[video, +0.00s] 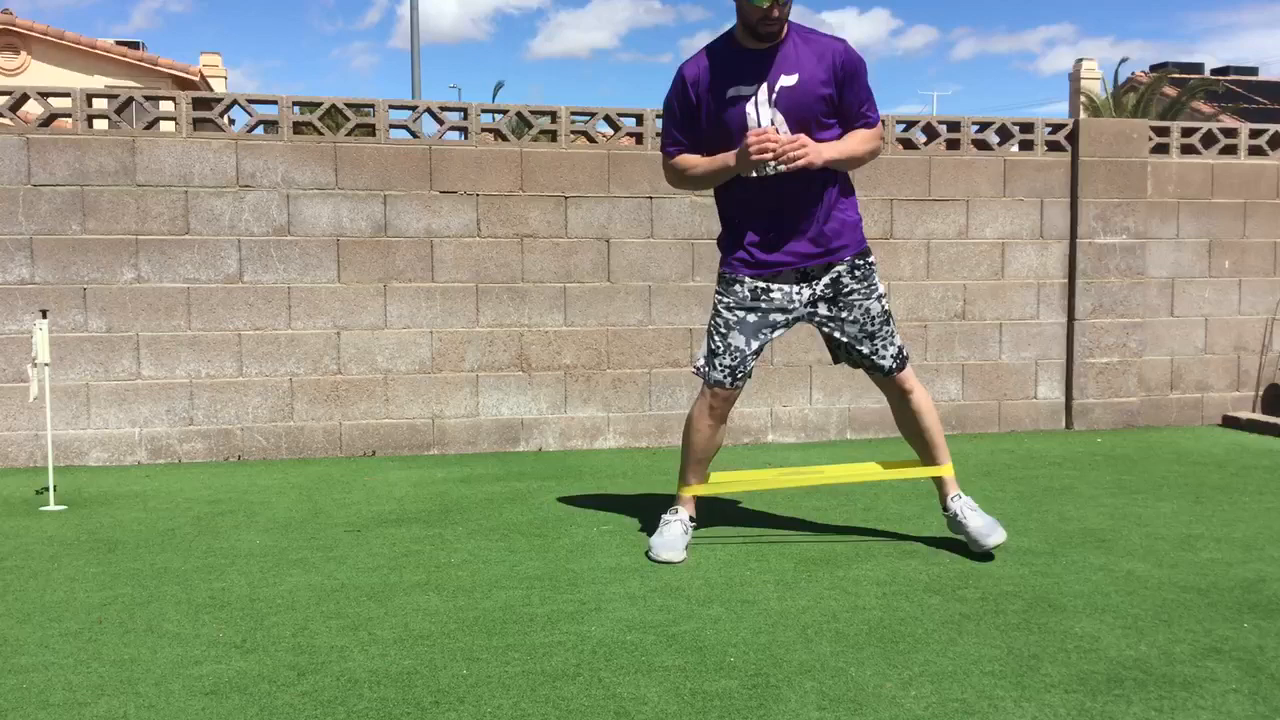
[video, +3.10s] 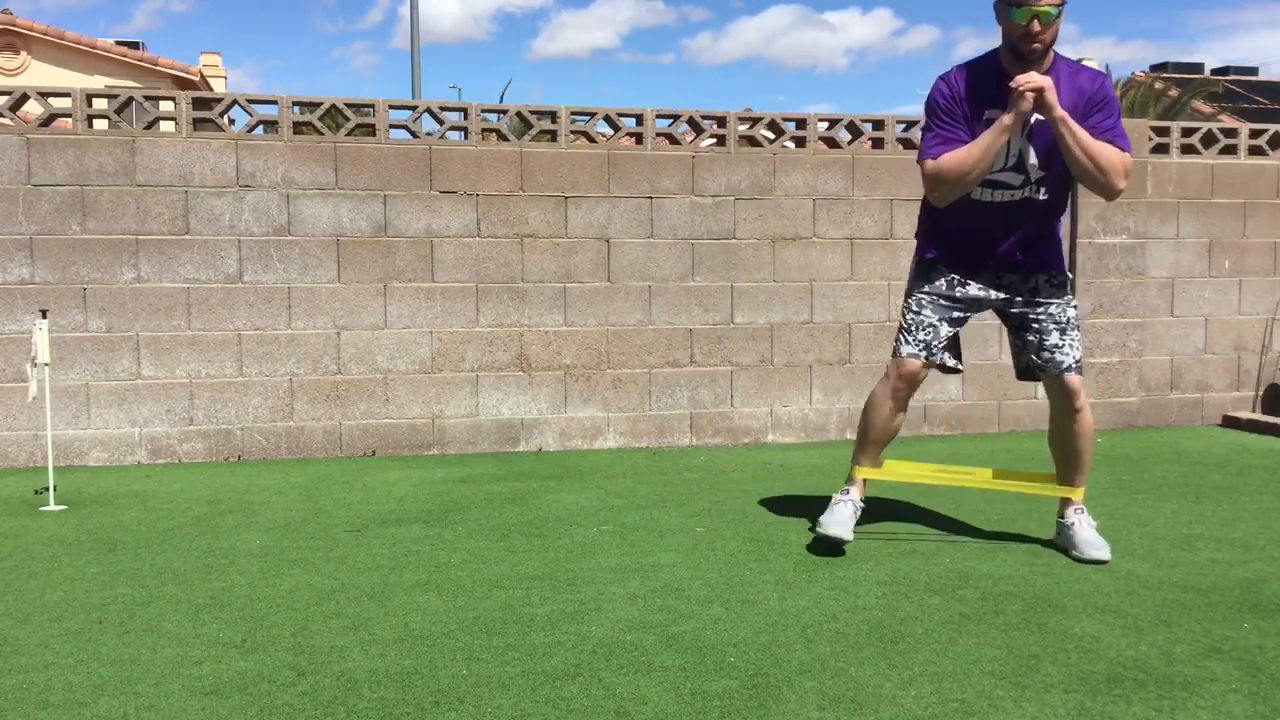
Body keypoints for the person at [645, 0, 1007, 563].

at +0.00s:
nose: (770, 11)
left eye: (779, 2)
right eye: (757, 3)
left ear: (791, 1)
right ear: (735, 3)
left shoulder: (835, 57)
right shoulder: (698, 74)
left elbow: (870, 137)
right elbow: (677, 170)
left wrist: (821, 152)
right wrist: (737, 159)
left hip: (839, 258)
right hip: (753, 265)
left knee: (898, 375)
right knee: (718, 388)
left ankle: (954, 499)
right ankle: (682, 511)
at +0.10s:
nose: (819, 21)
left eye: (829, 10)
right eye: (806, 9)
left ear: (841, 8)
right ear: (779, 7)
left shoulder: (873, 73)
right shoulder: (737, 86)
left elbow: (901, 157)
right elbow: (709, 177)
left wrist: (859, 164)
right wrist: (774, 169)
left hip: (868, 267)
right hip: (781, 273)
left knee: (927, 384)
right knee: (737, 391)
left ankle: (983, 507)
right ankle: (687, 510)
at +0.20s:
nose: (872, 33)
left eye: (884, 21)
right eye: (859, 19)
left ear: (895, 16)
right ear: (832, 12)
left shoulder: (926, 87)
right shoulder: (790, 94)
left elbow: (949, 171)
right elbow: (758, 182)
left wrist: (908, 173)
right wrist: (825, 178)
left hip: (903, 270)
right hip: (816, 275)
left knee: (956, 389)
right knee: (763, 390)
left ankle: (988, 513)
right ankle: (694, 510)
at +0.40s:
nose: (953, 41)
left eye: (967, 30)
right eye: (941, 27)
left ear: (980, 22)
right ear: (917, 16)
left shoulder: (1000, 92)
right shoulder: (869, 86)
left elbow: (1030, 182)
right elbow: (829, 182)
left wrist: (983, 166)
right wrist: (902, 162)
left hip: (953, 264)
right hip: (868, 262)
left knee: (990, 387)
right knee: (817, 374)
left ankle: (993, 512)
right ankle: (756, 497)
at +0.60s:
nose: (981, 33)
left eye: (995, 21)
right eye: (970, 19)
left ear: (1007, 16)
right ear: (945, 8)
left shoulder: (1023, 81)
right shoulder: (894, 74)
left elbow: (1048, 181)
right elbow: (860, 174)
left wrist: (993, 134)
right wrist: (939, 135)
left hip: (973, 253)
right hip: (893, 252)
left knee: (996, 381)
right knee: (864, 369)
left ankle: (995, 511)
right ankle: (845, 500)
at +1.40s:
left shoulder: (1081, 42)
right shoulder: (942, 45)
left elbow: (1122, 131)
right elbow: (909, 142)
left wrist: (1066, 126)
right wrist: (956, 126)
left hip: (1044, 247)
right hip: (958, 244)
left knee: (1051, 379)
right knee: (927, 375)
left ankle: (1060, 511)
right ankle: (904, 501)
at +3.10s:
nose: (1034, 28)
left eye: (1048, 15)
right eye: (1021, 15)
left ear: (1062, 17)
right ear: (999, 16)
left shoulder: (1090, 86)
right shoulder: (956, 87)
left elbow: (1114, 182)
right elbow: (939, 187)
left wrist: (1057, 114)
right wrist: (1011, 120)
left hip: (1035, 266)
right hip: (950, 261)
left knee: (1070, 387)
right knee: (906, 370)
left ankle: (1073, 512)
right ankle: (851, 493)